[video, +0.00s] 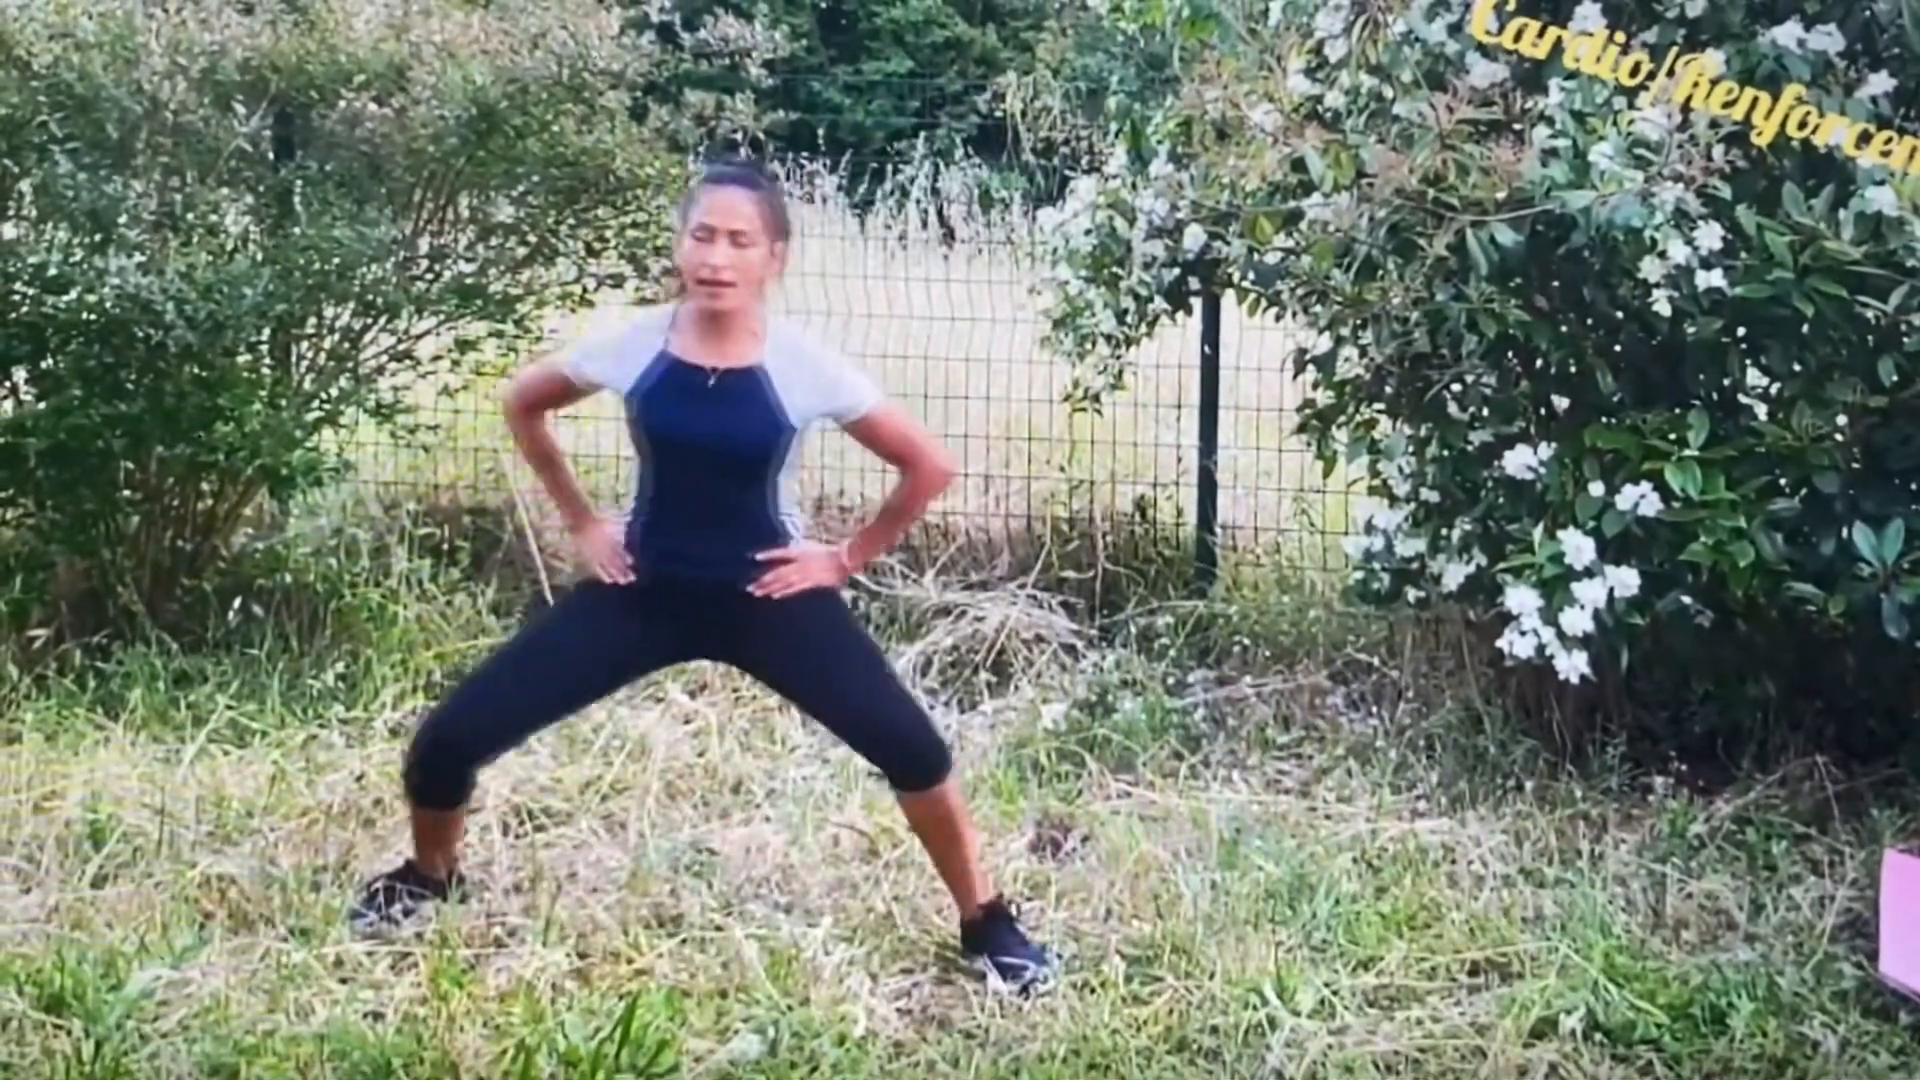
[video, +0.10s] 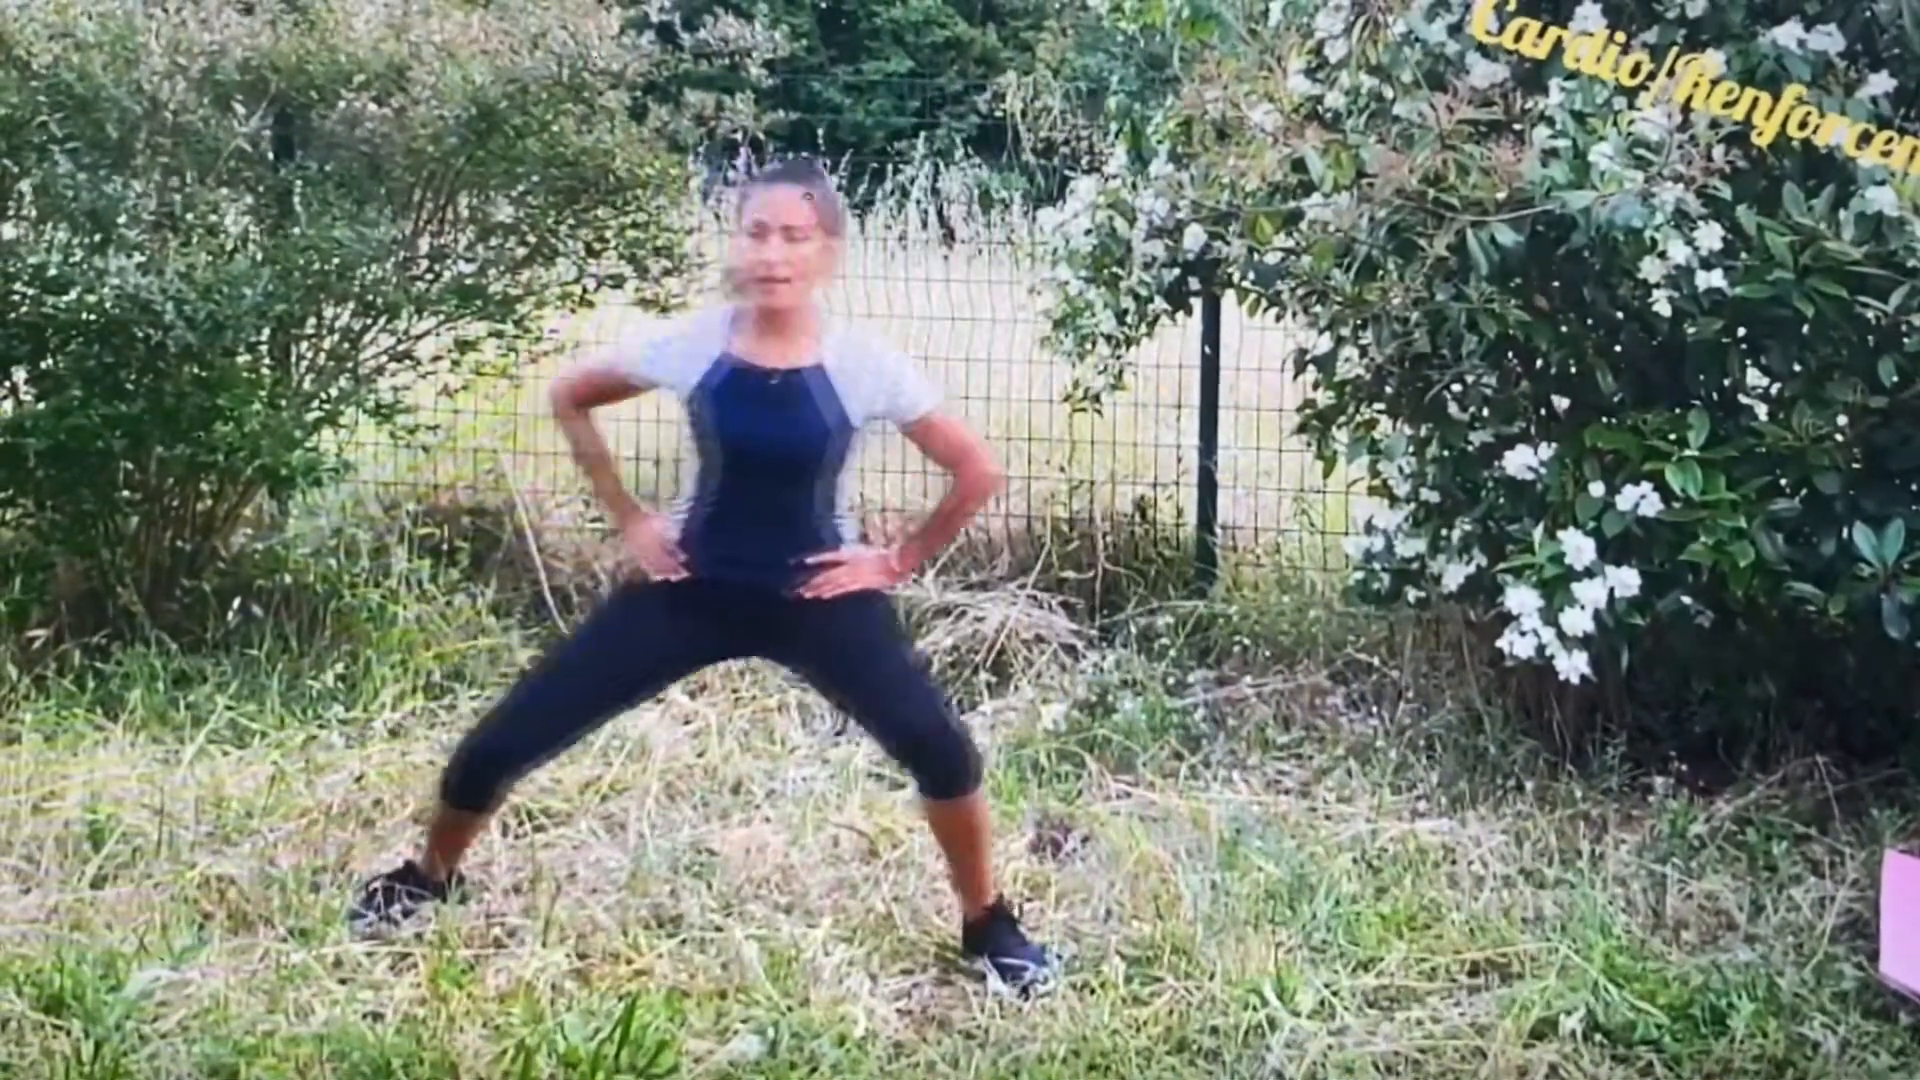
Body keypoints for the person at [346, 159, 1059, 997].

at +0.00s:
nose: (714, 254)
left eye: (737, 240)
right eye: (701, 235)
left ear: (774, 260)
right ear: (677, 248)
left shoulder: (803, 365)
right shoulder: (630, 344)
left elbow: (929, 466)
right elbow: (522, 404)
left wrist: (849, 559)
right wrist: (583, 522)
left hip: (771, 603)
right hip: (642, 598)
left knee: (913, 747)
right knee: (444, 741)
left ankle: (985, 921)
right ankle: (428, 879)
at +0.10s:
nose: (772, 252)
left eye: (793, 236)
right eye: (757, 234)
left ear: (829, 255)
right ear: (733, 248)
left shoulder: (862, 363)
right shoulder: (691, 345)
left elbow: (981, 474)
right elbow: (567, 396)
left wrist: (898, 562)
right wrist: (626, 517)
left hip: (818, 601)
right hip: (687, 593)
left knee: (946, 752)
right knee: (494, 749)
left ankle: (986, 923)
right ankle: (429, 878)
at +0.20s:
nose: (833, 235)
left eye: (853, 218)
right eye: (818, 217)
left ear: (893, 237)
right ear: (797, 232)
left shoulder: (934, 342)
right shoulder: (770, 326)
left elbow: (1041, 460)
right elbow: (631, 376)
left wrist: (966, 553)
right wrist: (690, 496)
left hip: (884, 587)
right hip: (761, 577)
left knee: (986, 759)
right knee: (554, 736)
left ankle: (988, 924)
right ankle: (448, 869)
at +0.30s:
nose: (868, 219)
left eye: (890, 201)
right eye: (855, 200)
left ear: (929, 222)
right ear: (836, 215)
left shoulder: (974, 326)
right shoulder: (807, 310)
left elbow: (1084, 443)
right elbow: (675, 365)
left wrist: (1007, 540)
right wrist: (744, 481)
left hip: (926, 575)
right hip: (805, 559)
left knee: (985, 759)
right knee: (630, 699)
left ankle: (987, 923)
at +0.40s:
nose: (882, 206)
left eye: (904, 190)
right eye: (869, 188)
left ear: (946, 211)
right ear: (853, 204)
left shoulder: (988, 308)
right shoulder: (827, 298)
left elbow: (1108, 427)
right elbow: (703, 368)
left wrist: (1039, 525)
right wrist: (777, 483)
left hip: (962, 567)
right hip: (839, 556)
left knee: (991, 759)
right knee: (719, 716)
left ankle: (987, 922)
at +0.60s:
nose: (904, 207)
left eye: (926, 189)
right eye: (890, 188)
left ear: (964, 209)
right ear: (869, 204)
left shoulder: (1012, 304)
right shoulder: (842, 310)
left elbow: (1144, 400)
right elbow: (727, 402)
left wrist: (1086, 502)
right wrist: (816, 505)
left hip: (1010, 554)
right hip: (889, 564)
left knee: (1114, 696)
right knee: (830, 772)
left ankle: (1102, 875)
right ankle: (887, 915)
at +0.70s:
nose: (926, 212)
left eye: (948, 193)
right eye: (911, 192)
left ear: (990, 213)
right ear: (892, 211)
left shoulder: (1040, 307)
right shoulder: (871, 319)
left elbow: (1175, 389)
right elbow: (752, 414)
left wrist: (1113, 499)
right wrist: (839, 514)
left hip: (1047, 561)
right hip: (923, 572)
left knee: (1195, 702)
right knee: (840, 774)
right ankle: (888, 918)